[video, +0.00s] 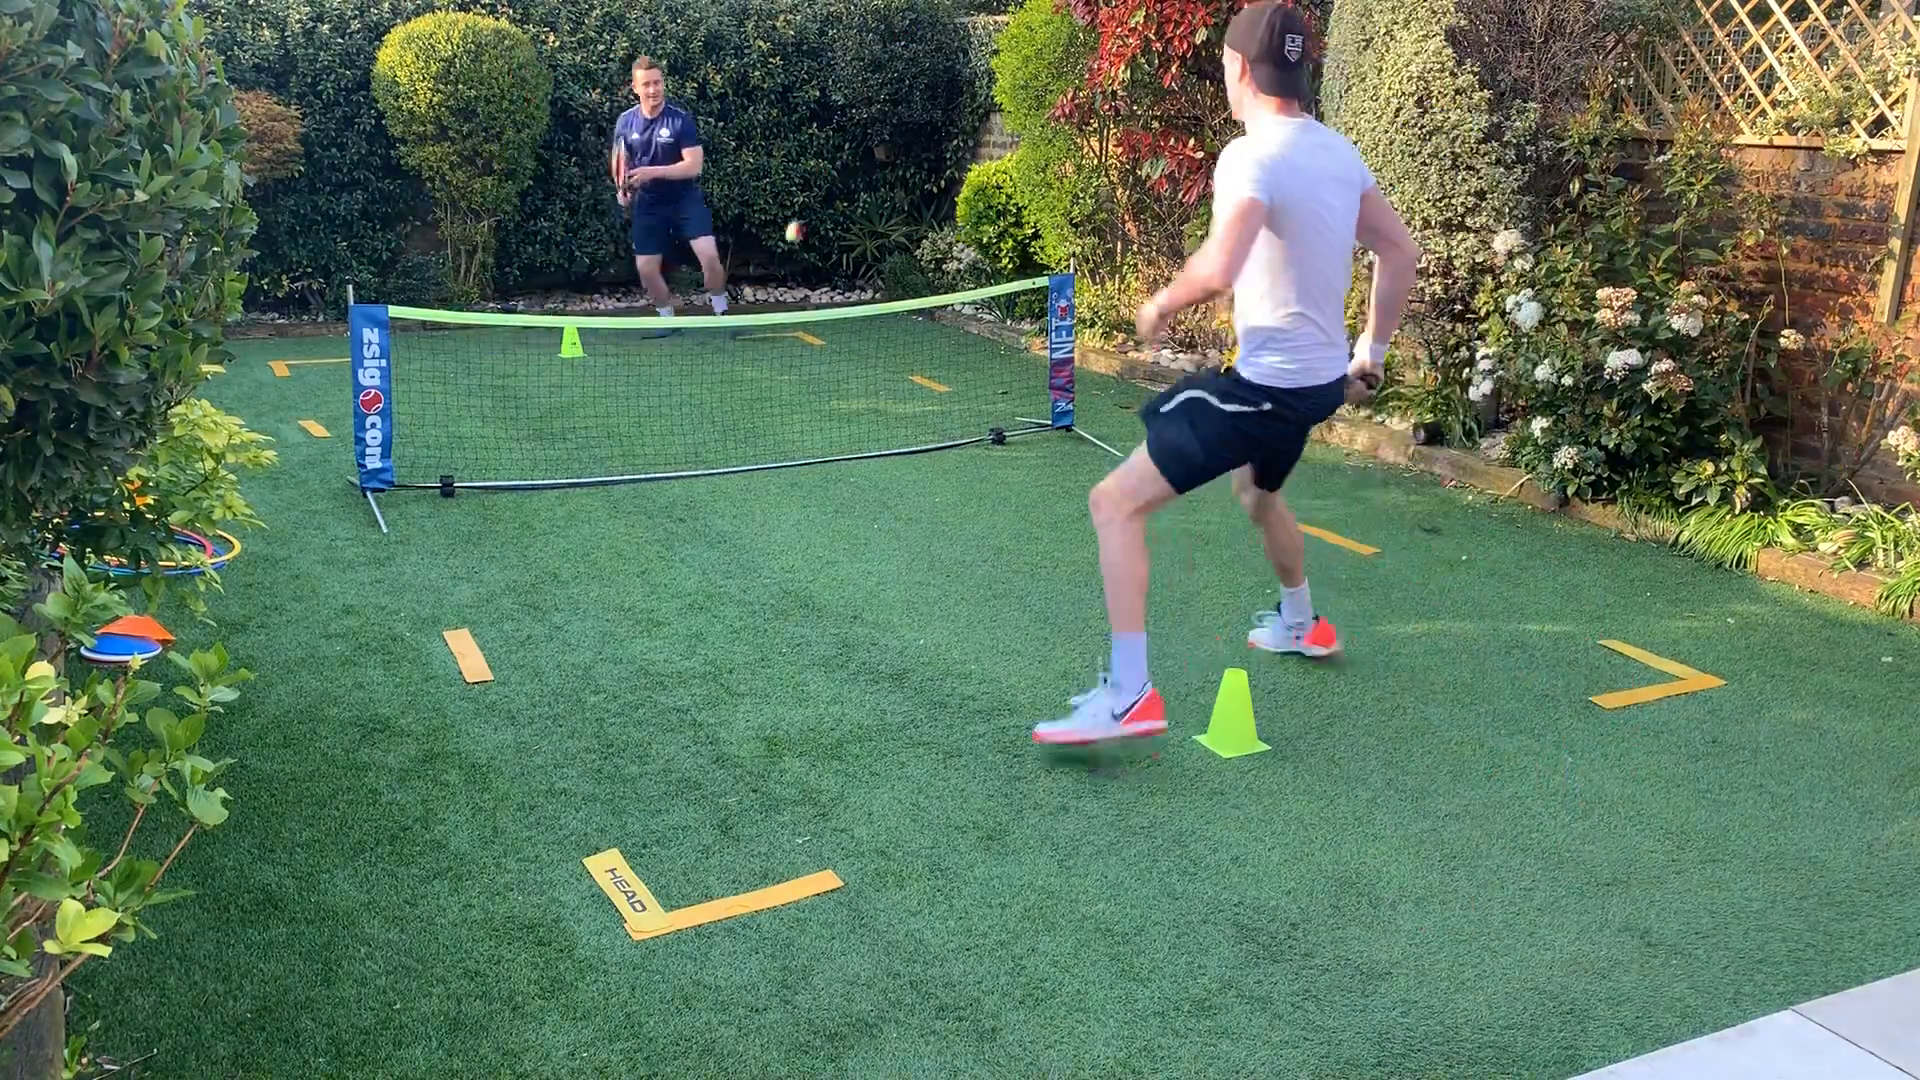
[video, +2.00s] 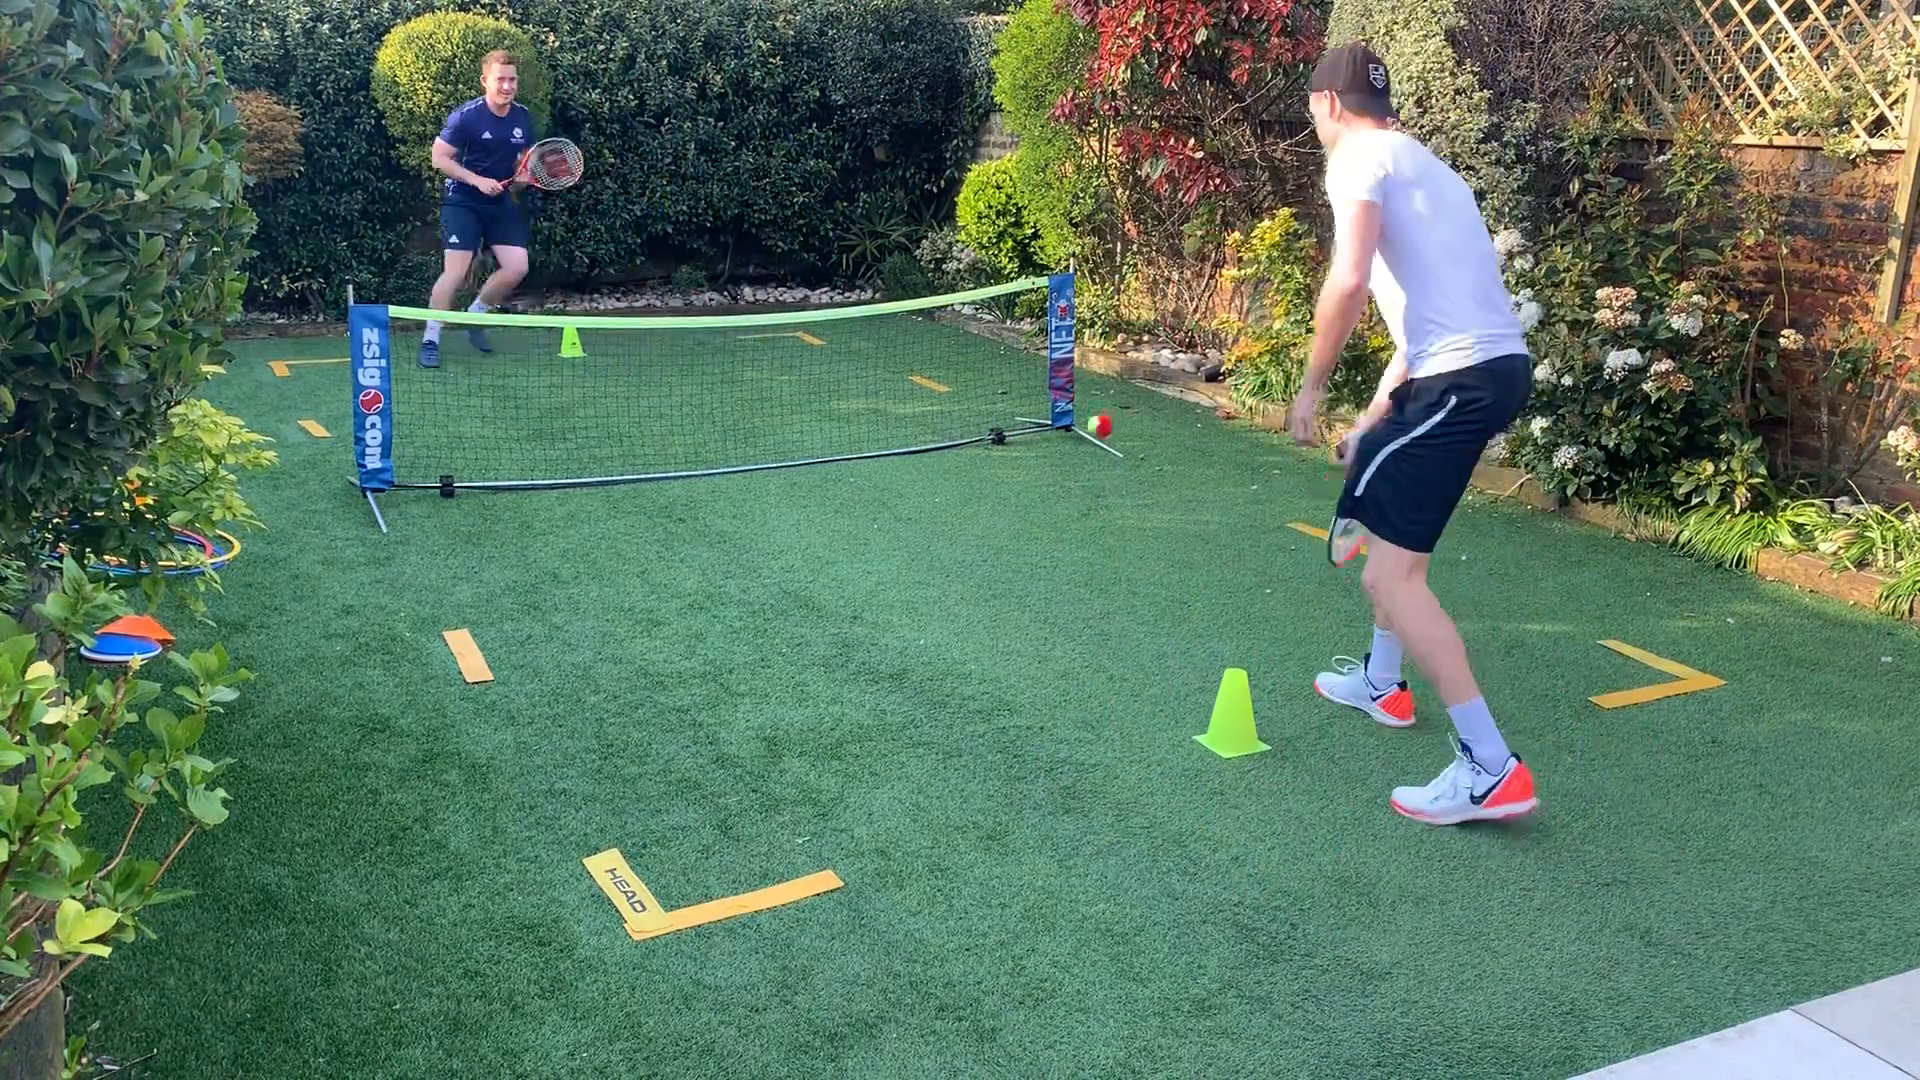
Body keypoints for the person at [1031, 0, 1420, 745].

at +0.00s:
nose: (1225, 82)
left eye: (1227, 69)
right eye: (1225, 69)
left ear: (1241, 71)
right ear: (1303, 71)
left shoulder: (1252, 154)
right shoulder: (1340, 153)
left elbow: (1217, 270)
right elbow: (1399, 248)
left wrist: (1160, 304)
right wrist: (1374, 346)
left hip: (1265, 383)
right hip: (1322, 378)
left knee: (1114, 501)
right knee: (1258, 492)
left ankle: (1127, 688)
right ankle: (1299, 618)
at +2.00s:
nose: (1313, 123)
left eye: (1311, 109)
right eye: (1313, 110)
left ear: (1327, 102)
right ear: (1378, 100)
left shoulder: (1359, 154)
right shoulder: (1421, 162)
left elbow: (1348, 281)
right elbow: (1432, 309)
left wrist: (1311, 387)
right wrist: (1379, 409)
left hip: (1461, 373)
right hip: (1494, 366)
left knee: (1392, 577)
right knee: (1388, 506)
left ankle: (1490, 765)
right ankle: (1382, 679)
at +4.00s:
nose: (1225, 76)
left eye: (1228, 61)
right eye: (1230, 60)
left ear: (1245, 73)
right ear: (1316, 74)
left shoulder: (1229, 181)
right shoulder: (1379, 174)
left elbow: (1211, 341)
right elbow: (1447, 319)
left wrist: (1198, 402)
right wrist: (1390, 402)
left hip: (1321, 442)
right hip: (1406, 435)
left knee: (1232, 654)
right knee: (1307, 579)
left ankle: (1277, 892)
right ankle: (1385, 773)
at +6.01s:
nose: (730, 107)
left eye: (731, 97)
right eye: (735, 96)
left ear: (739, 107)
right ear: (809, 103)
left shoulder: (787, 176)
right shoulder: (842, 173)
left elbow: (765, 301)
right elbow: (899, 310)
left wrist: (689, 414)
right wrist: (805, 373)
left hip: (846, 410)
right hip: (865, 400)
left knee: (712, 571)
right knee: (744, 529)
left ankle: (783, 765)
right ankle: (707, 661)